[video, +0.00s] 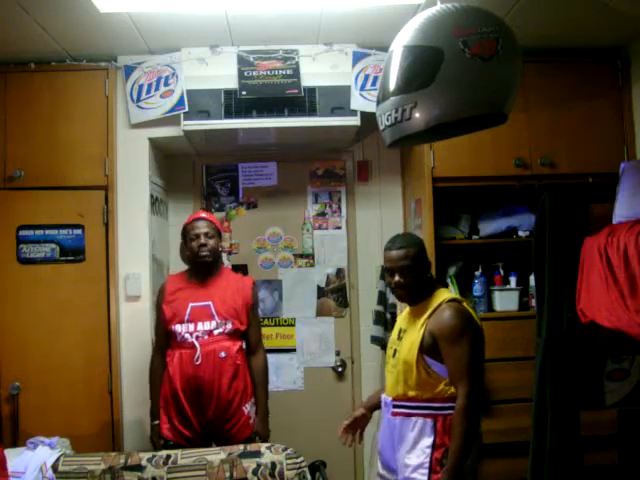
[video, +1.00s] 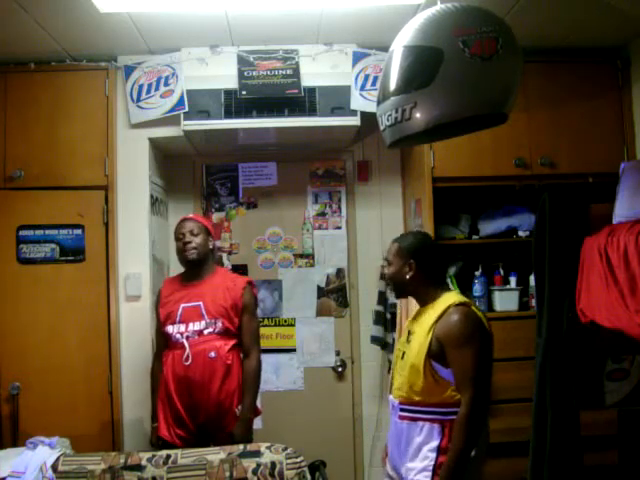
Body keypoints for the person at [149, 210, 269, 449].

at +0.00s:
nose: (202, 242)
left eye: (209, 236)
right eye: (194, 237)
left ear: (220, 243)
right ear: (184, 248)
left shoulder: (243, 287)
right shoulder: (169, 288)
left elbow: (256, 351)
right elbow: (160, 353)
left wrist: (262, 416)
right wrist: (156, 417)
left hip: (234, 415)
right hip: (180, 416)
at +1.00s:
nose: (187, 240)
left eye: (194, 234)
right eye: (180, 237)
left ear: (211, 241)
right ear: (176, 247)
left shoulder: (238, 287)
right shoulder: (167, 290)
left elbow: (251, 354)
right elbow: (161, 354)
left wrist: (246, 416)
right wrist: (157, 418)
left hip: (225, 416)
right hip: (176, 417)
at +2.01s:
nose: (186, 240)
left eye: (193, 234)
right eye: (179, 237)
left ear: (210, 241)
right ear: (176, 247)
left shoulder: (237, 287)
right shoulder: (166, 289)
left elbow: (251, 354)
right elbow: (159, 355)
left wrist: (245, 417)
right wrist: (157, 420)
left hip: (225, 416)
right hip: (176, 416)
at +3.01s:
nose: (187, 241)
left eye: (195, 234)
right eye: (180, 238)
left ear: (211, 242)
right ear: (176, 248)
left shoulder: (237, 288)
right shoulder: (167, 289)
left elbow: (251, 355)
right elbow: (160, 355)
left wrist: (245, 417)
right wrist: (157, 419)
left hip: (225, 416)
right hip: (176, 416)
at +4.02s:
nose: (187, 241)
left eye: (195, 235)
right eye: (180, 238)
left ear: (211, 242)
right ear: (176, 248)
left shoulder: (237, 288)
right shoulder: (167, 290)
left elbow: (251, 355)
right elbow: (160, 355)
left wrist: (246, 417)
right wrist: (157, 419)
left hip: (225, 416)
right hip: (176, 416)